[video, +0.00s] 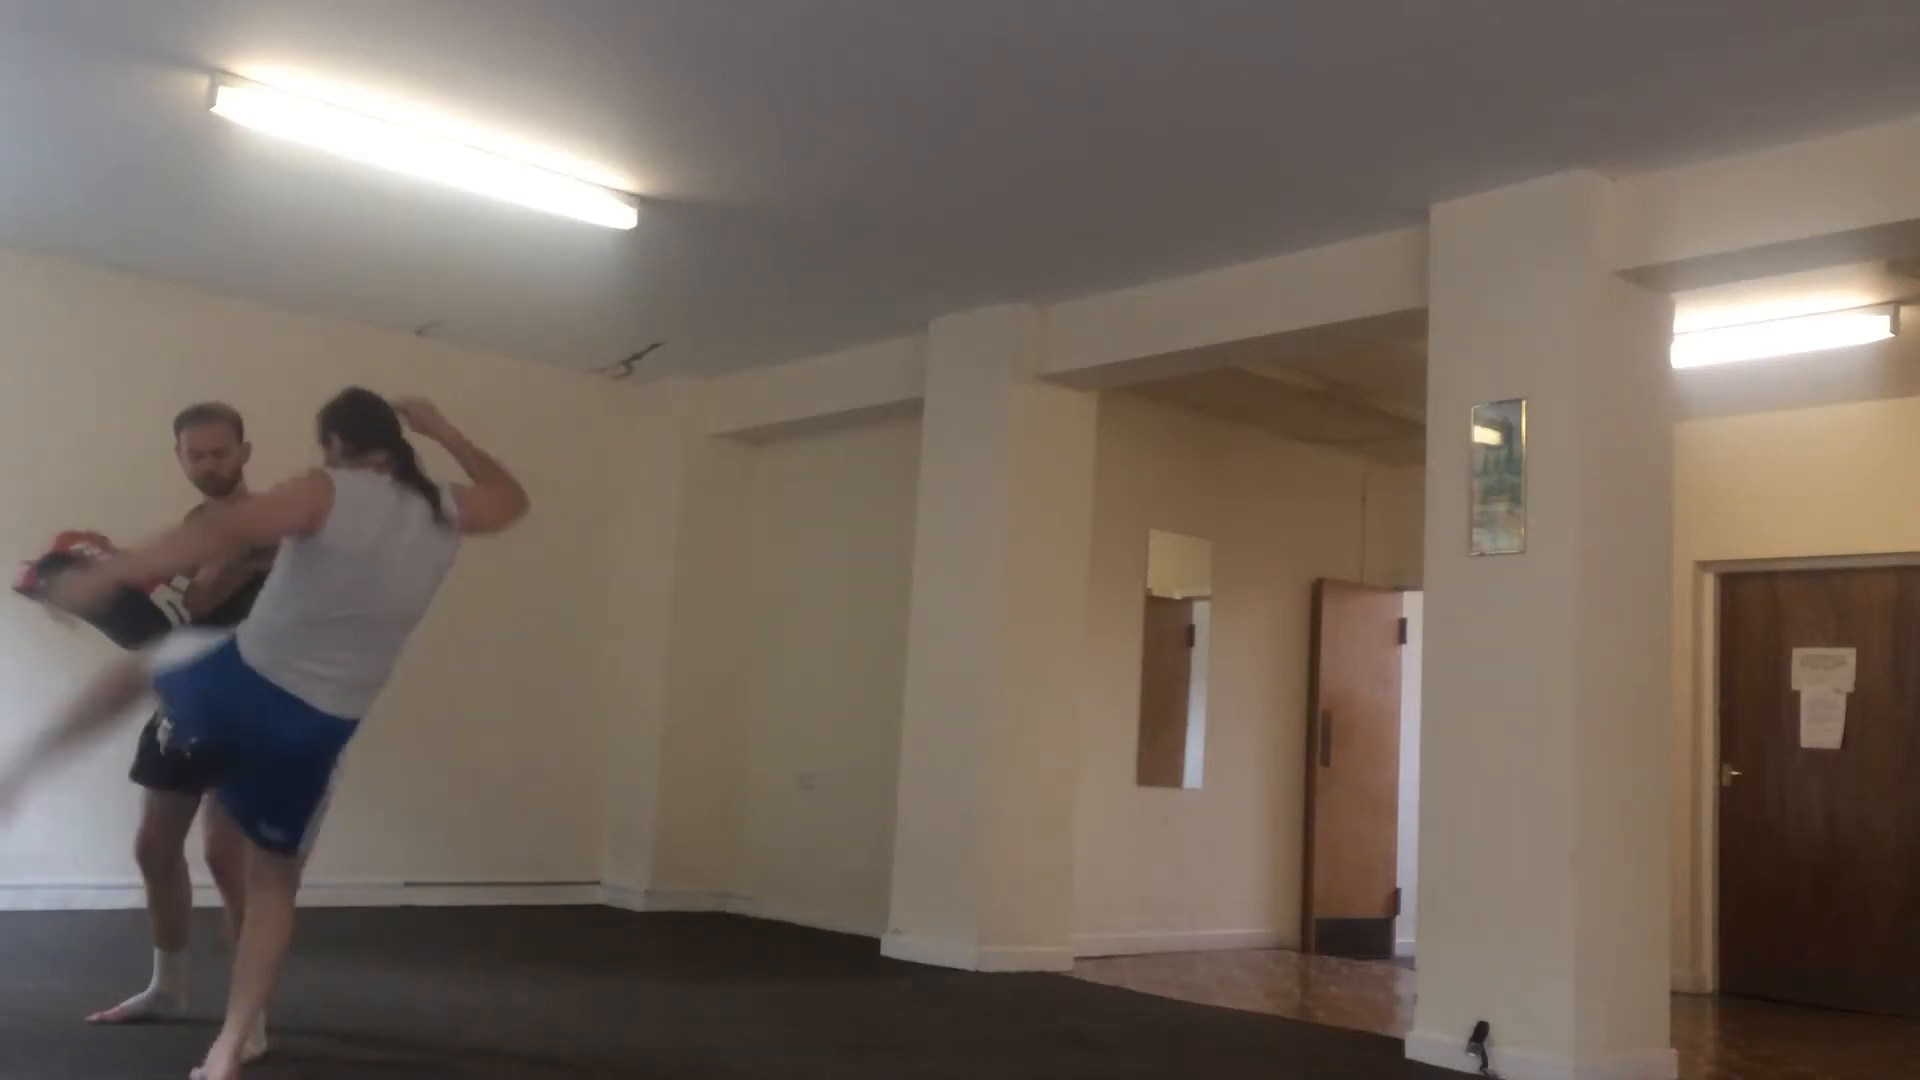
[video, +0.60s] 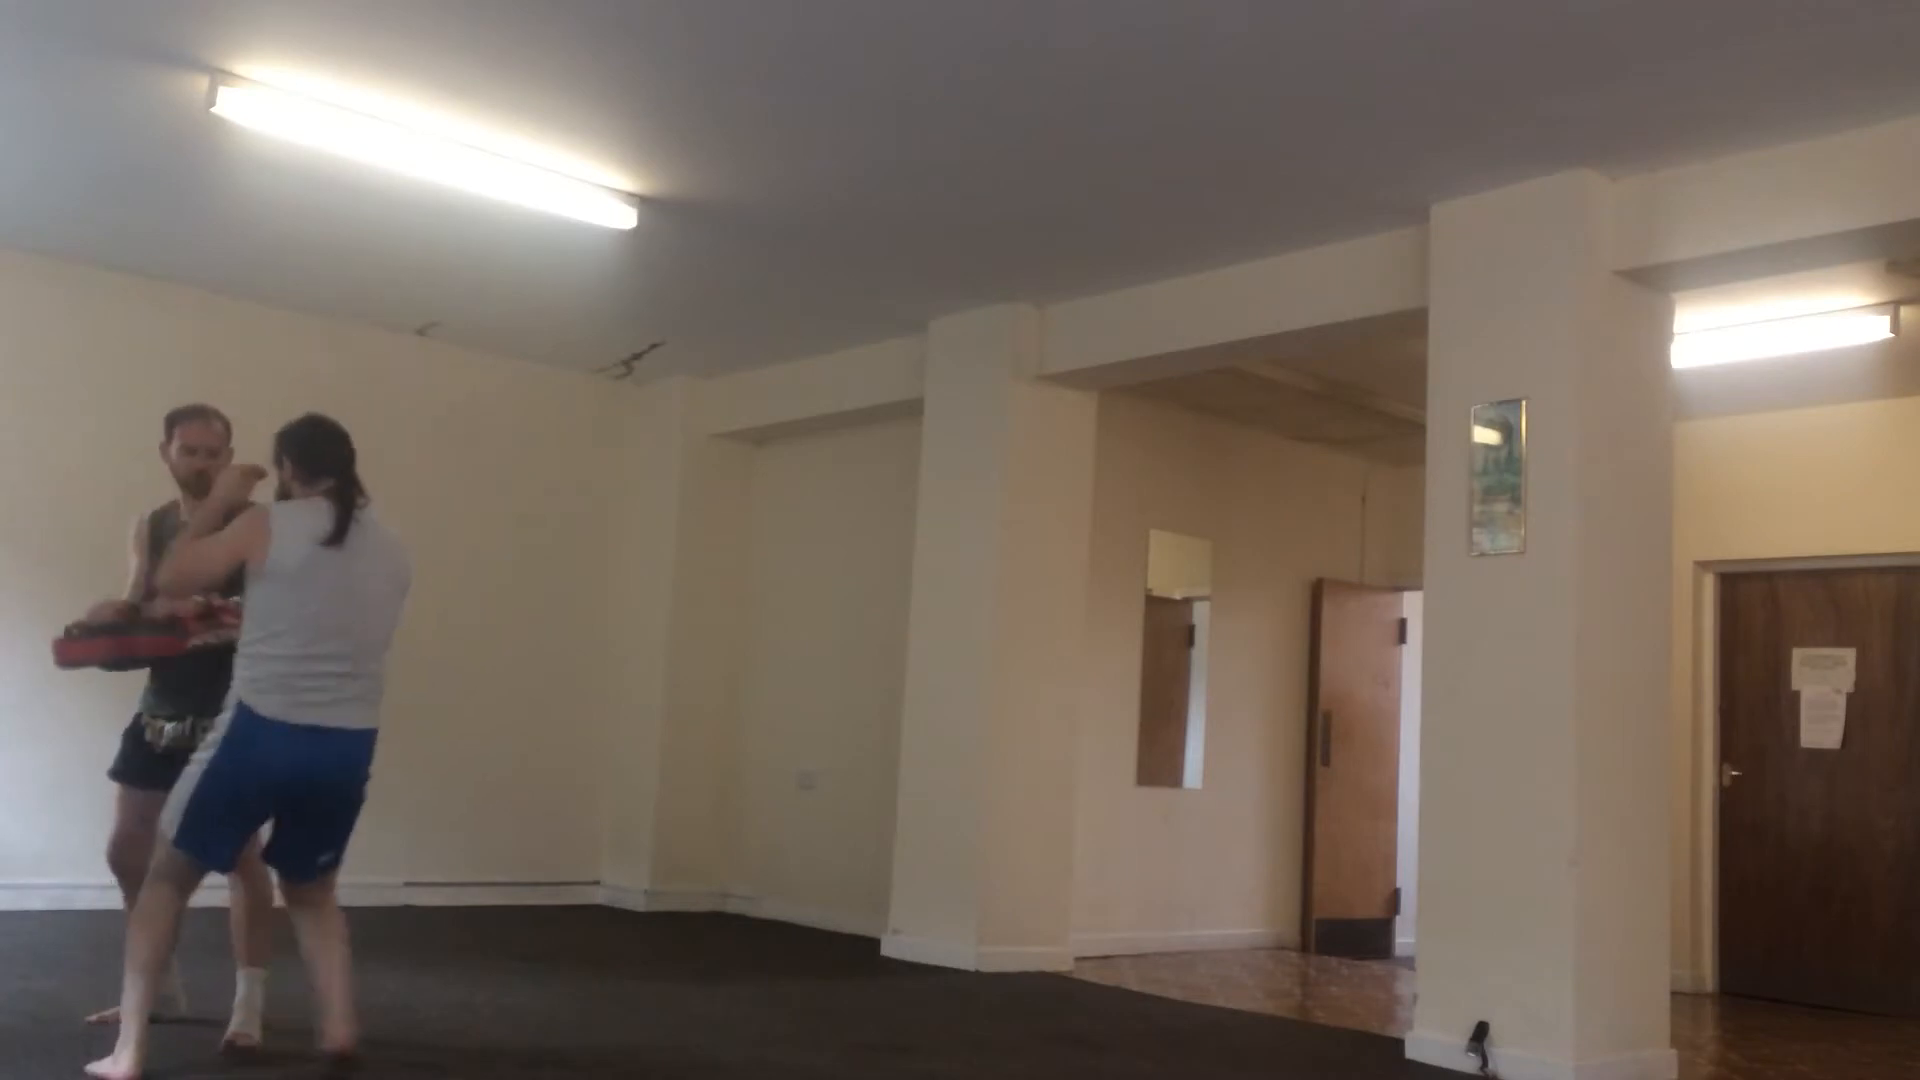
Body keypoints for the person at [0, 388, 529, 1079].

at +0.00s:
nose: (320, 456)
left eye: (323, 447)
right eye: (321, 449)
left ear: (338, 447)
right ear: (399, 447)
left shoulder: (324, 494)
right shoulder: (445, 512)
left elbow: (221, 526)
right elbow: (511, 499)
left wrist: (117, 569)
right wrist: (445, 432)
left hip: (241, 686)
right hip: (317, 730)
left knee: (137, 672)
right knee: (273, 877)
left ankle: (25, 775)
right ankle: (231, 1049)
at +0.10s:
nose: (300, 440)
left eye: (300, 431)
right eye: (300, 432)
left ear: (316, 427)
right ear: (373, 424)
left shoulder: (313, 468)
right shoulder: (428, 478)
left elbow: (250, 533)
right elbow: (488, 443)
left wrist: (181, 620)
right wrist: (407, 391)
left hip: (233, 664)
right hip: (308, 704)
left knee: (181, 574)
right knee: (256, 861)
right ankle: (215, 1028)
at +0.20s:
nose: (292, 431)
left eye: (294, 420)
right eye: (294, 420)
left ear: (314, 417)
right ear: (367, 414)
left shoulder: (300, 468)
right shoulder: (419, 471)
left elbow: (217, 547)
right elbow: (478, 417)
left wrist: (107, 610)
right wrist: (396, 372)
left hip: (233, 659)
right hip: (315, 691)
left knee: (138, 607)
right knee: (265, 857)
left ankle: (78, 740)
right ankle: (221, 1024)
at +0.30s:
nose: (290, 426)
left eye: (292, 416)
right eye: (295, 415)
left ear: (309, 420)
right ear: (365, 416)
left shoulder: (290, 476)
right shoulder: (410, 479)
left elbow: (194, 556)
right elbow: (466, 429)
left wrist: (92, 543)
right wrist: (387, 383)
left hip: (233, 674)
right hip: (317, 698)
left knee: (122, 724)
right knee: (266, 863)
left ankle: (95, 868)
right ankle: (231, 1028)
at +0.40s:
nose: (279, 440)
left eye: (281, 429)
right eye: (285, 429)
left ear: (293, 434)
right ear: (354, 434)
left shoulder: (266, 493)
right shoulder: (391, 503)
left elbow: (161, 562)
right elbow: (443, 481)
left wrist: (148, 497)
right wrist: (376, 428)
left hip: (228, 703)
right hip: (315, 718)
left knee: (145, 836)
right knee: (275, 874)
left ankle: (111, 1000)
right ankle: (236, 1030)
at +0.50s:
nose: (261, 467)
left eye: (264, 458)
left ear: (277, 465)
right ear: (341, 469)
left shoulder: (239, 526)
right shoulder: (376, 540)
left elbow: (133, 570)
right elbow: (406, 549)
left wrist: (180, 500)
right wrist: (351, 494)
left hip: (235, 742)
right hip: (325, 753)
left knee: (146, 878)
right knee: (290, 889)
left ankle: (127, 1048)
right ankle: (250, 1027)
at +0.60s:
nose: (275, 477)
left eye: (277, 466)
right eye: (279, 467)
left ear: (290, 472)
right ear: (349, 469)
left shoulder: (267, 526)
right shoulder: (392, 549)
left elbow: (173, 574)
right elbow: (340, 618)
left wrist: (221, 499)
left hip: (260, 741)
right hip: (346, 752)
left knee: (169, 876)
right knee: (312, 884)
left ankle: (129, 1048)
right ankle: (339, 1028)